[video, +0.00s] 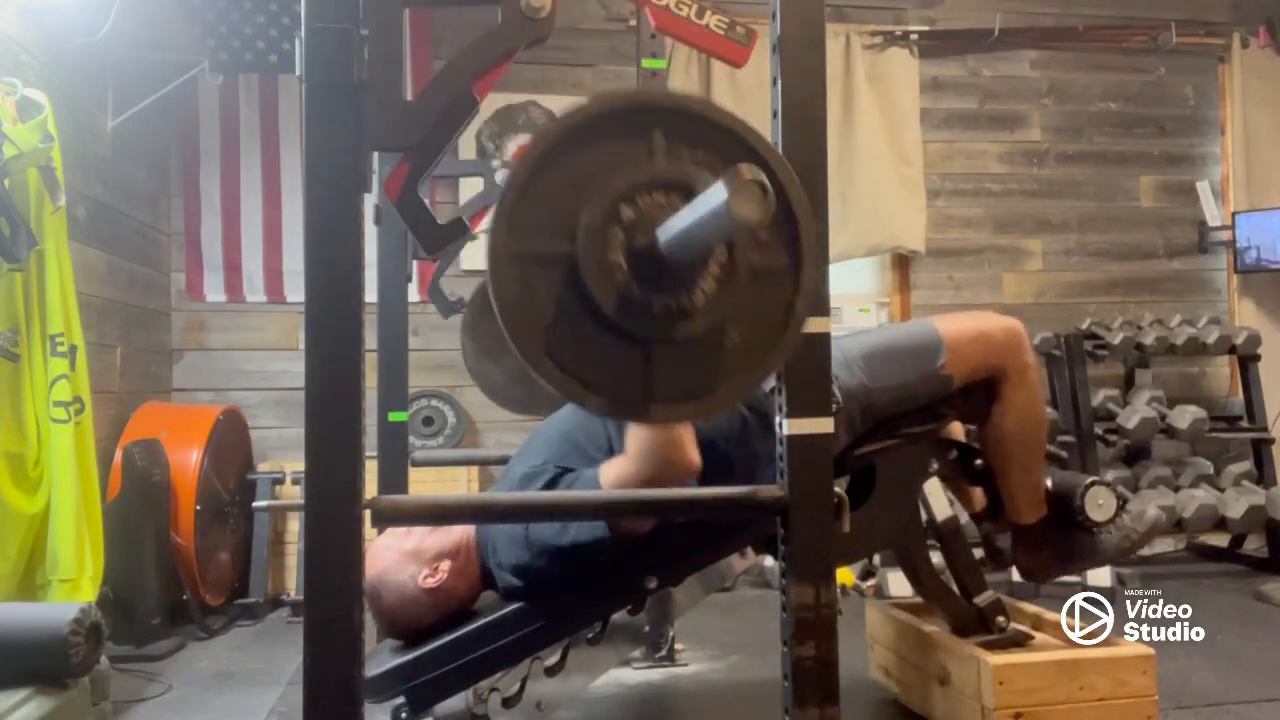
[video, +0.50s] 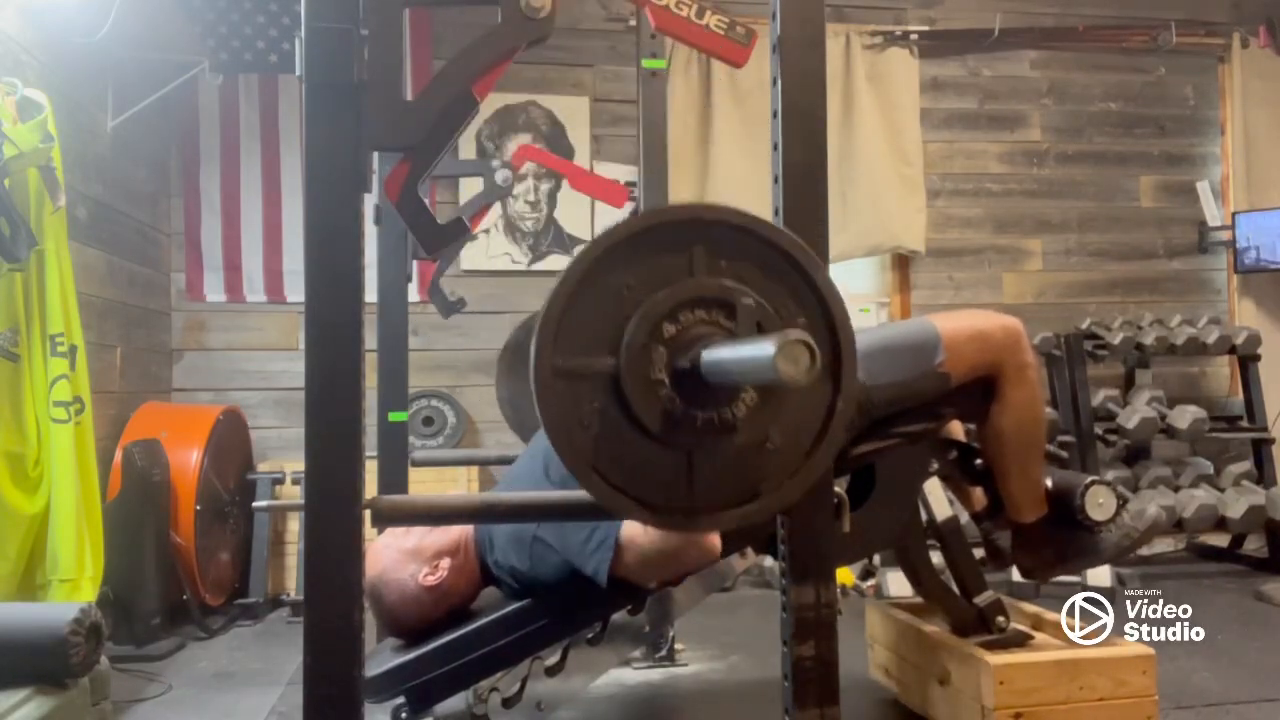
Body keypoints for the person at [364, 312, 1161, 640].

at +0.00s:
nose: (419, 531)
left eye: (402, 535)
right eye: (417, 550)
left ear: (428, 544)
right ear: (447, 578)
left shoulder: (496, 503)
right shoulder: (529, 546)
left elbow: (625, 426)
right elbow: (666, 461)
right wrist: (640, 323)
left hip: (741, 379)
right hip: (765, 430)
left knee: (950, 327)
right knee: (1003, 343)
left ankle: (995, 495)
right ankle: (1033, 532)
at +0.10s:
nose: (417, 530)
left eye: (399, 536)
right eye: (416, 549)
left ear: (426, 545)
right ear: (446, 577)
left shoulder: (497, 497)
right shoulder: (529, 543)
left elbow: (600, 418)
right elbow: (669, 497)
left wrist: (656, 327)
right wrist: (678, 367)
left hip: (733, 379)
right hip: (761, 432)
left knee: (946, 322)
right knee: (1003, 341)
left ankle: (992, 482)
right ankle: (1033, 530)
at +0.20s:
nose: (416, 531)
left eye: (398, 536)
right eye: (415, 549)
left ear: (425, 549)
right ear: (445, 577)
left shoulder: (496, 499)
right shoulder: (526, 538)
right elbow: (689, 527)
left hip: (719, 394)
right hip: (753, 437)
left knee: (943, 323)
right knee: (1003, 340)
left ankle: (995, 481)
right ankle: (1034, 529)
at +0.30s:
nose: (414, 530)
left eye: (397, 535)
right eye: (415, 548)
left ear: (425, 552)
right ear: (447, 574)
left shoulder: (495, 490)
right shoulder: (534, 543)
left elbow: (581, 417)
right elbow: (683, 546)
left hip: (709, 395)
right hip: (751, 438)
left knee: (944, 324)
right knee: (1001, 340)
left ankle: (994, 475)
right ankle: (1034, 528)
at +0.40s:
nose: (413, 528)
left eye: (395, 535)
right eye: (414, 548)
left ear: (426, 552)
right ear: (447, 574)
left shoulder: (491, 497)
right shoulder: (536, 542)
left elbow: (579, 428)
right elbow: (694, 564)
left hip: (712, 398)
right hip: (753, 439)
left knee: (938, 325)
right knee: (1000, 340)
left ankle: (992, 479)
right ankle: (1034, 527)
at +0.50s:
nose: (416, 529)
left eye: (398, 535)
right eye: (416, 548)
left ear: (426, 546)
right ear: (447, 574)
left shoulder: (495, 490)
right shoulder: (532, 541)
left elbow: (574, 421)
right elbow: (680, 544)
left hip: (708, 399)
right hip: (754, 439)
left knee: (936, 324)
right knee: (1001, 340)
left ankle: (992, 477)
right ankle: (1034, 527)